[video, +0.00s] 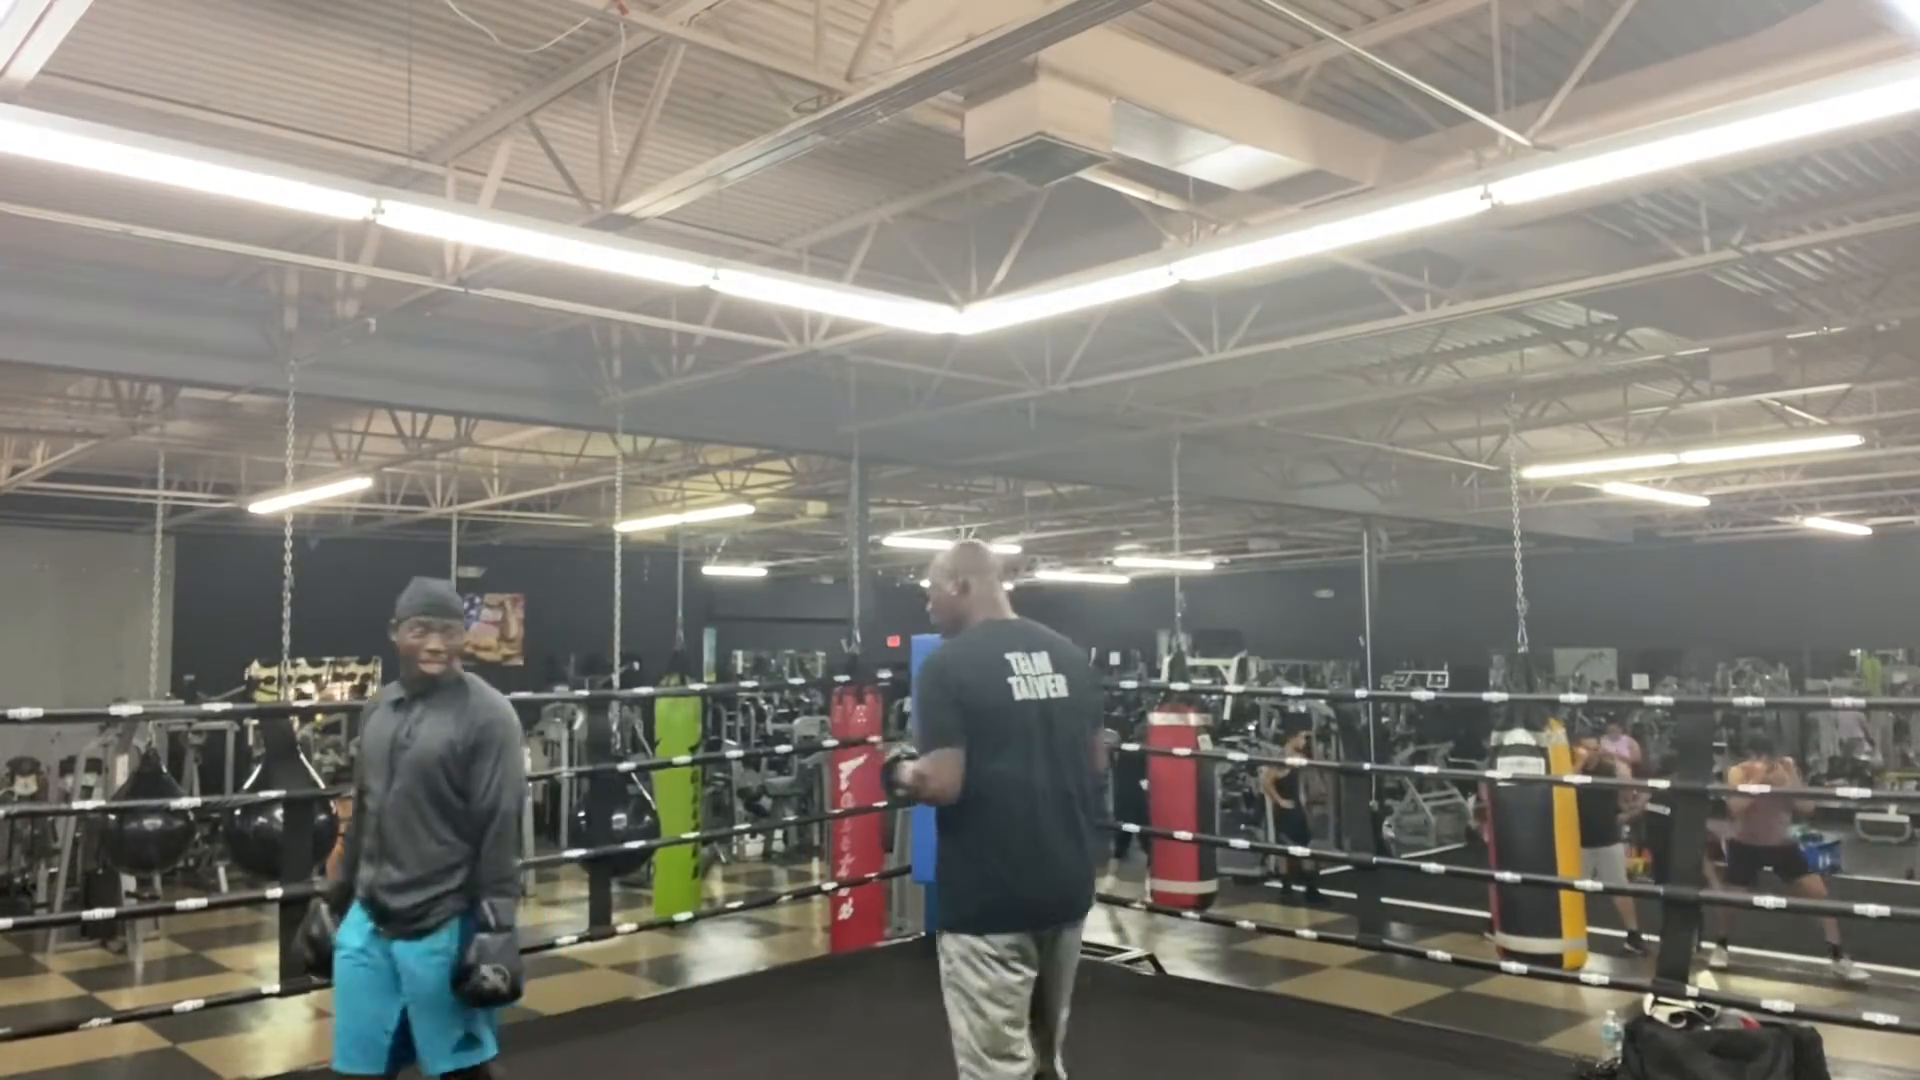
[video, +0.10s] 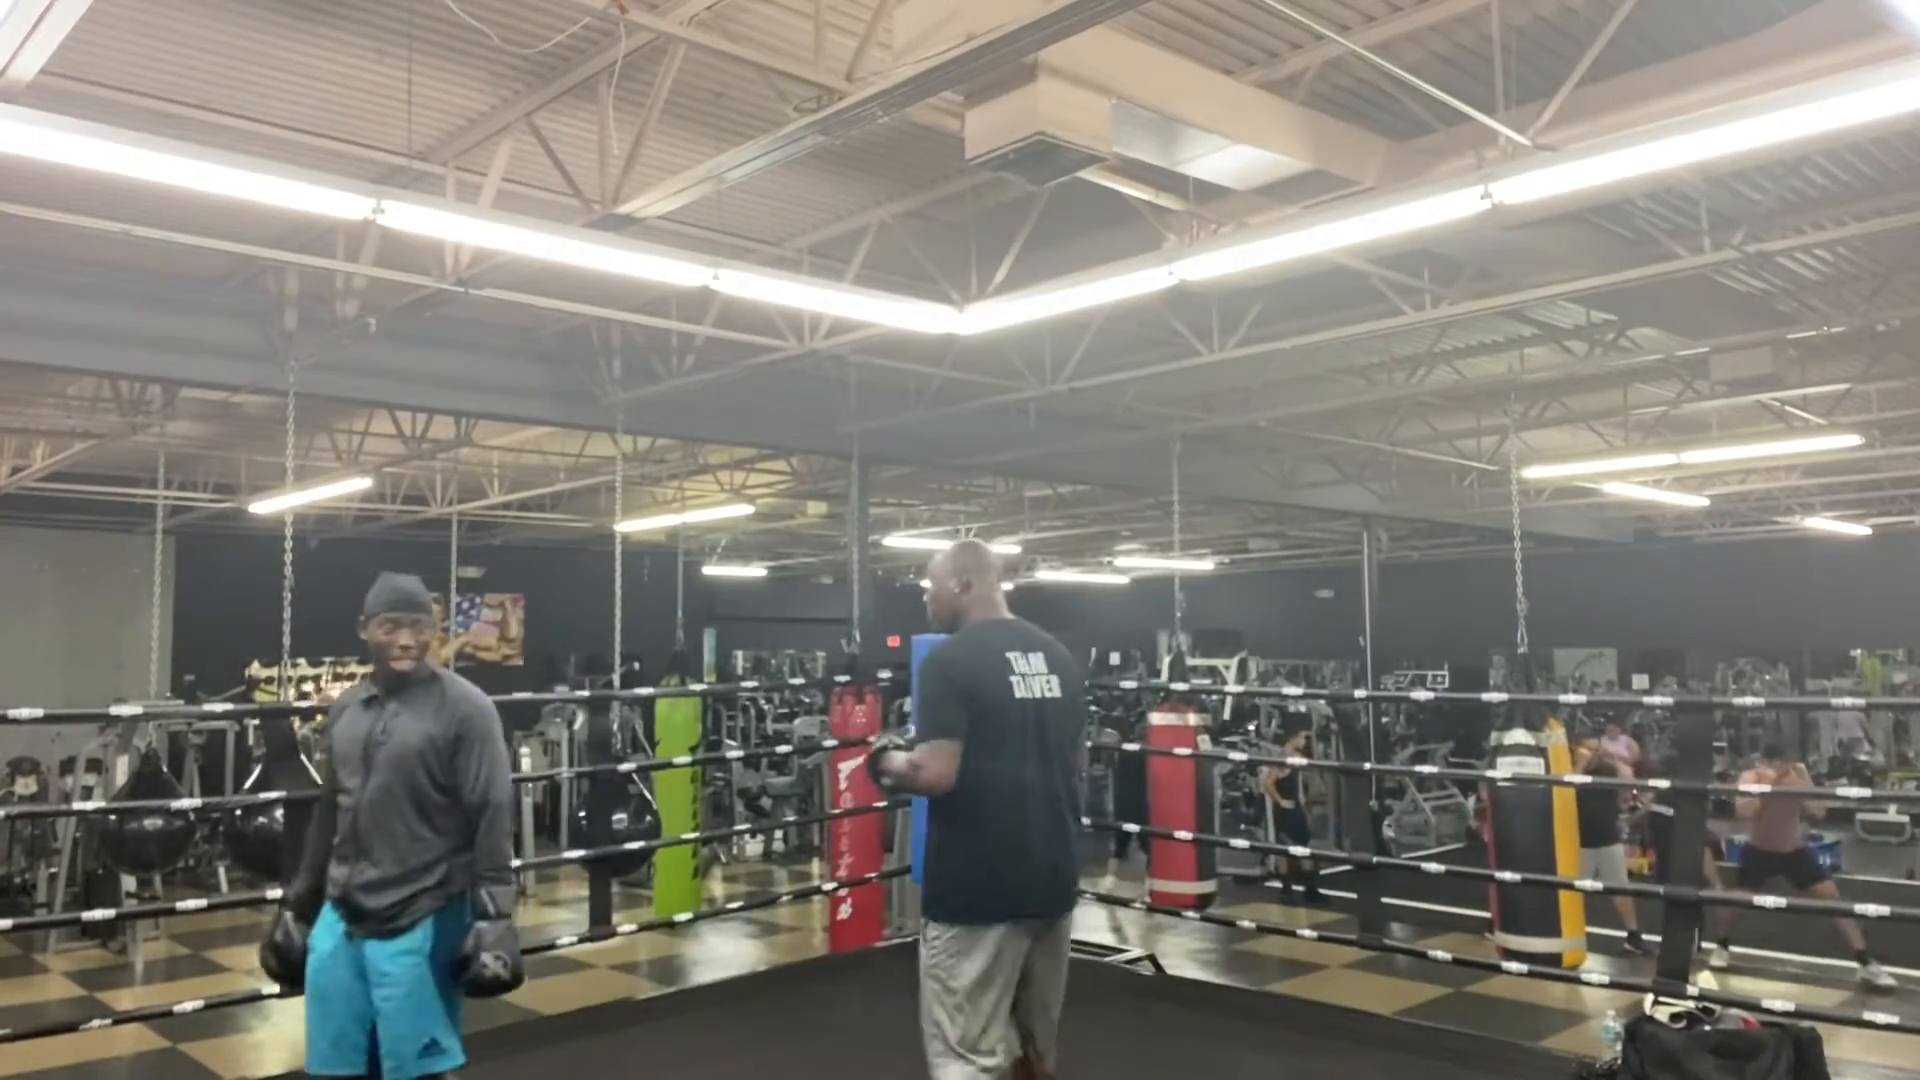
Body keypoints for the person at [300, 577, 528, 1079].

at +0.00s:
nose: (435, 645)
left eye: (447, 631)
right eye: (421, 630)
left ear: (463, 638)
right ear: (395, 635)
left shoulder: (490, 716)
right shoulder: (379, 709)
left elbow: (500, 829)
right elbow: (363, 814)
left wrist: (497, 930)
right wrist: (333, 900)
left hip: (445, 926)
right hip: (368, 921)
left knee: (461, 1067)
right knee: (357, 1067)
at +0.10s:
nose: (405, 640)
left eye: (417, 626)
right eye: (391, 626)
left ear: (433, 633)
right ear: (365, 632)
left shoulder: (467, 709)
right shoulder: (346, 709)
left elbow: (494, 815)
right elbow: (328, 814)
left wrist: (496, 918)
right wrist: (296, 909)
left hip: (424, 915)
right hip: (343, 913)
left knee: (417, 1064)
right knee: (334, 1064)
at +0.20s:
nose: (384, 638)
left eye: (395, 624)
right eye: (368, 624)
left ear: (411, 631)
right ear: (340, 632)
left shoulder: (447, 711)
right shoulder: (316, 715)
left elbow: (479, 812)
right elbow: (293, 824)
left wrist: (484, 916)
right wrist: (264, 921)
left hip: (400, 925)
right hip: (320, 921)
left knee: (372, 1067)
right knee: (306, 1067)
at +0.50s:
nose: (321, 636)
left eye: (335, 623)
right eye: (305, 622)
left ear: (352, 630)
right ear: (280, 630)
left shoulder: (391, 712)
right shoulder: (255, 714)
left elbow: (413, 830)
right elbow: (227, 827)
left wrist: (413, 933)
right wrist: (182, 915)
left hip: (346, 928)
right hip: (270, 929)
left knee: (291, 1068)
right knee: (262, 1068)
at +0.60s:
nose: (285, 641)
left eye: (302, 627)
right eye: (272, 626)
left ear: (332, 633)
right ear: (256, 635)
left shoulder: (372, 721)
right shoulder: (238, 715)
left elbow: (390, 843)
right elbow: (208, 830)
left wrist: (396, 946)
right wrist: (161, 920)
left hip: (322, 939)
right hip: (247, 938)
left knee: (266, 1070)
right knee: (251, 1069)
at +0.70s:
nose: (228, 638)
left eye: (248, 623)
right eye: (225, 622)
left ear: (297, 629)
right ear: (220, 627)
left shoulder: (347, 727)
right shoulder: (216, 712)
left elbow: (365, 854)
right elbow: (186, 827)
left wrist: (364, 968)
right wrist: (140, 922)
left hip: (283, 950)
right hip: (210, 950)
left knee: (230, 1068)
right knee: (210, 1068)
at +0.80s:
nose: (201, 636)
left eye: (221, 620)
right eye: (201, 620)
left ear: (274, 625)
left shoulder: (329, 729)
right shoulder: (204, 712)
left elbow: (342, 857)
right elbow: (172, 832)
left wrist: (335, 972)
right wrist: (128, 929)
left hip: (256, 956)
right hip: (178, 954)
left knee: (231, 1071)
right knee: (161, 1070)